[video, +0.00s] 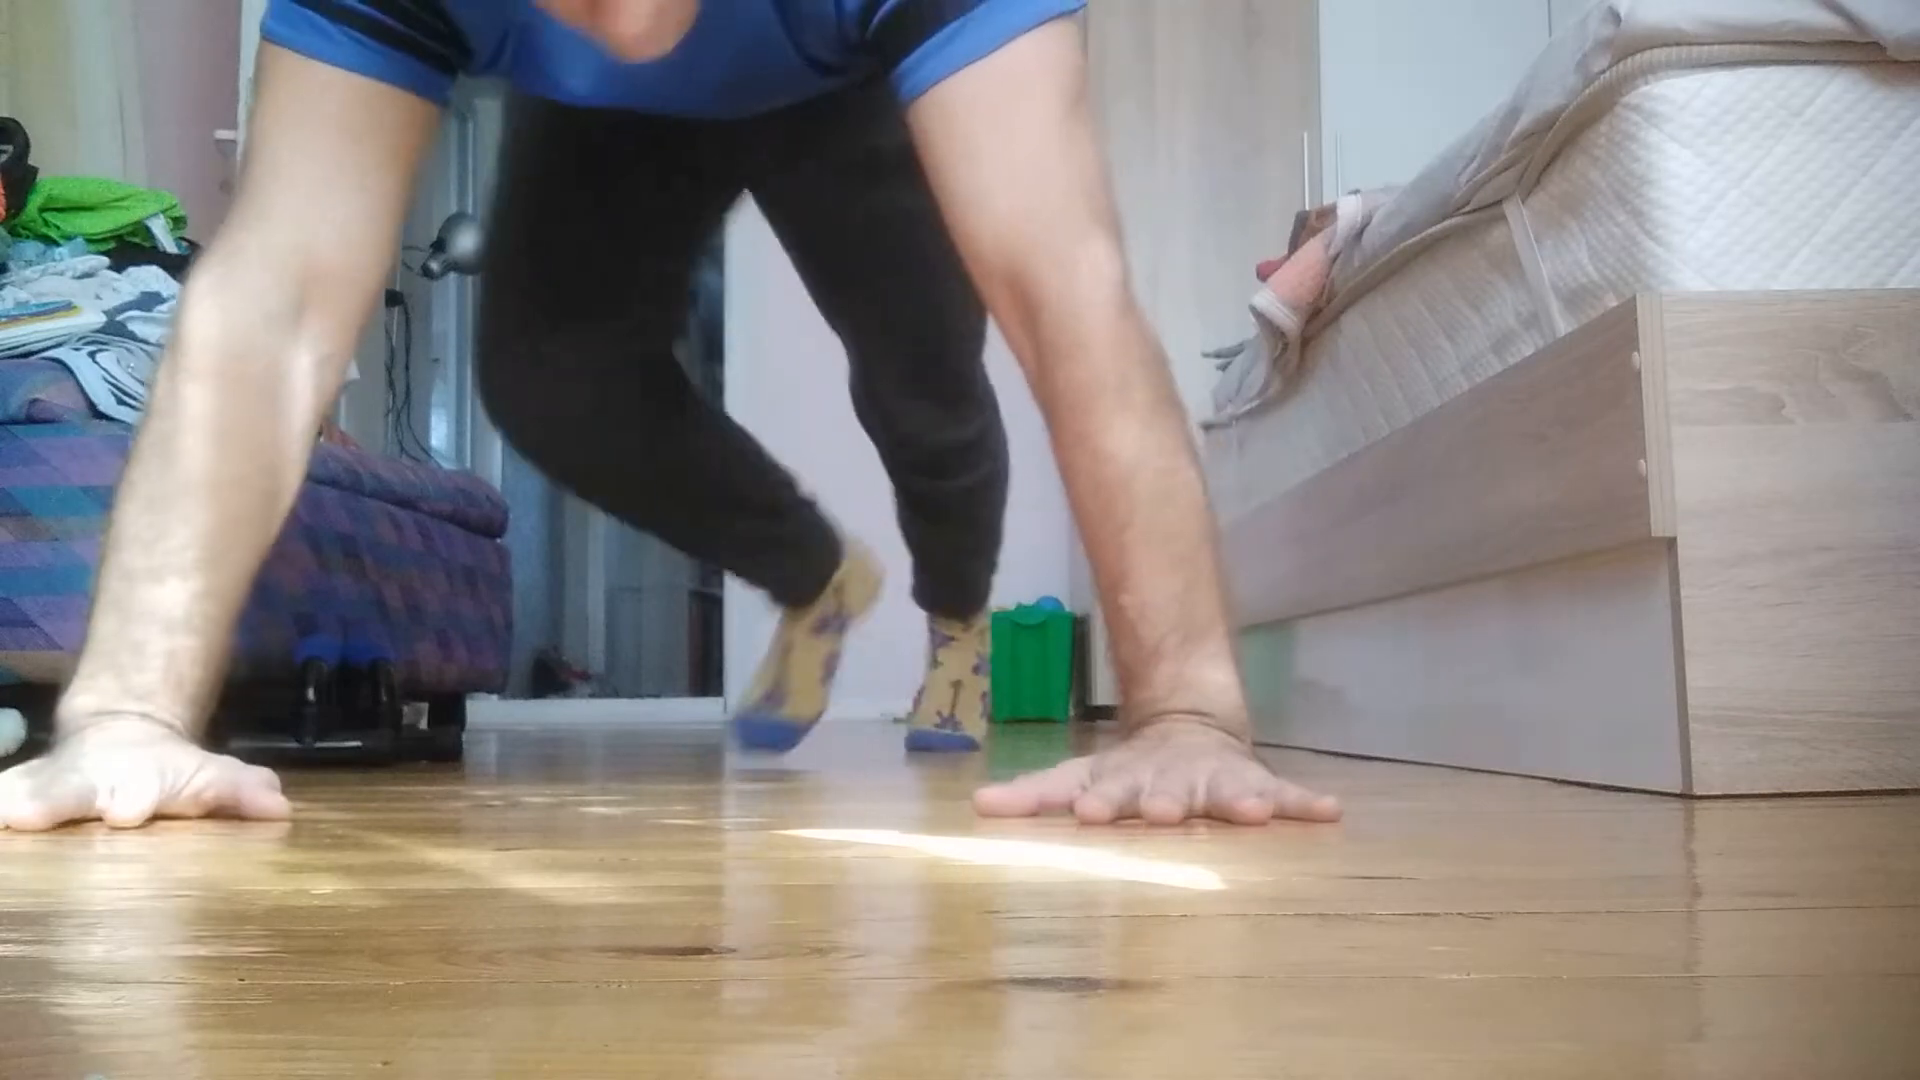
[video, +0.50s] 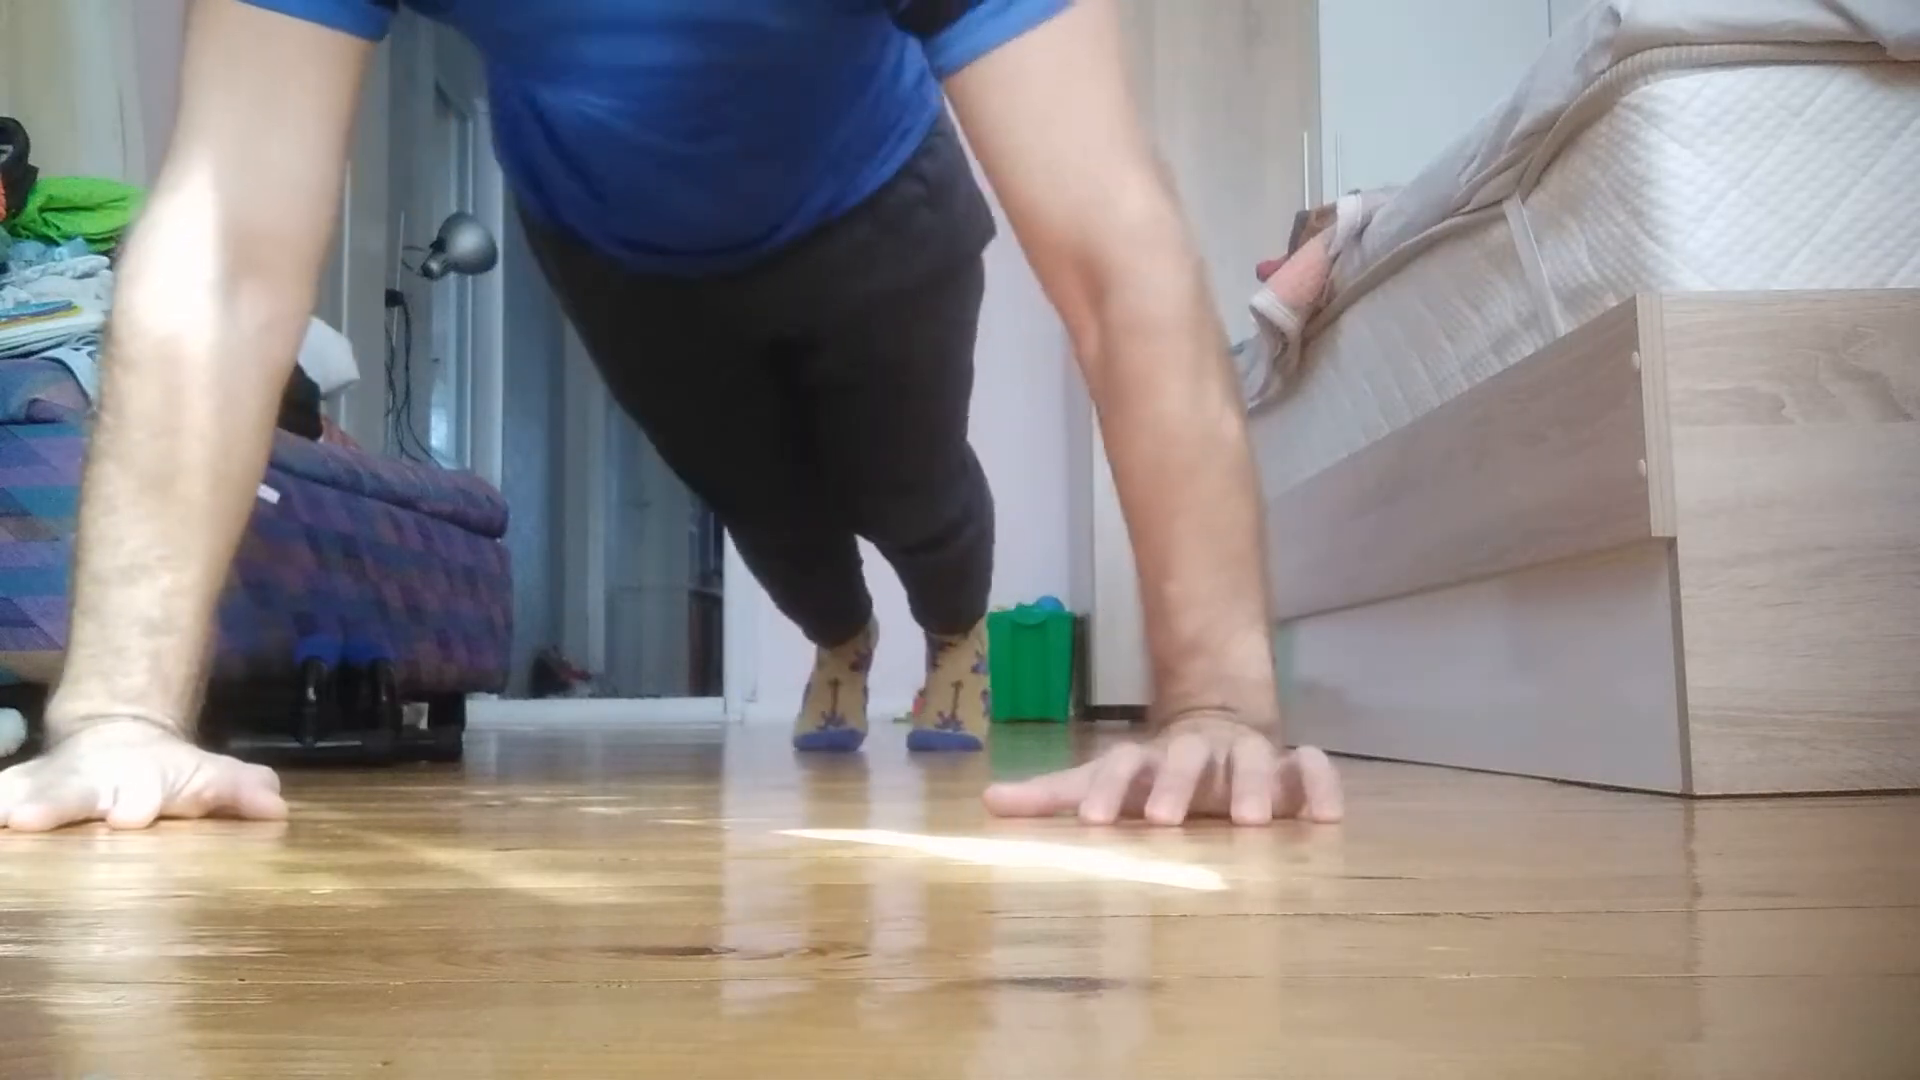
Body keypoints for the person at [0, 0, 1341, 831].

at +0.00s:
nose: (619, 26)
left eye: (650, 9)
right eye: (590, 21)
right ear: (530, 6)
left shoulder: (916, 6)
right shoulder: (386, 5)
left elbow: (1072, 300)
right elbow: (267, 307)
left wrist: (1191, 711)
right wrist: (129, 715)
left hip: (852, 58)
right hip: (601, 86)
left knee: (926, 377)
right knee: (557, 381)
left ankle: (952, 625)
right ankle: (822, 580)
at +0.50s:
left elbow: (1121, 252)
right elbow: (224, 246)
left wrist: (1219, 701)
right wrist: (123, 711)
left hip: (860, 196)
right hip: (612, 240)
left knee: (911, 501)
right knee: (763, 512)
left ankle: (953, 641)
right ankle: (846, 648)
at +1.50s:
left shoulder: (975, 6)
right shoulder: (309, 11)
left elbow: (1279, 290)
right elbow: (96, 309)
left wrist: (1231, 717)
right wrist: (117, 720)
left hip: (907, 362)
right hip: (655, 404)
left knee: (920, 555)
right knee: (793, 561)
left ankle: (926, 656)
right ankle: (841, 648)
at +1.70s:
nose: (525, 372)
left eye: (581, 242)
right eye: (437, 272)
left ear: (740, 92)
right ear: (320, 166)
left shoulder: (954, 202)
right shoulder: (242, 241)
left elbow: (1345, 373)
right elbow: (43, 408)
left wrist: (1234, 721)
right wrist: (114, 720)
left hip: (926, 586)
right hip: (660, 630)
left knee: (938, 636)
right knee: (781, 664)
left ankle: (930, 675)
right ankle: (830, 695)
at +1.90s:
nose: (505, 801)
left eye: (574, 680)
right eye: (401, 706)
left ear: (740, 491)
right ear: (281, 530)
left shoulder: (956, 431)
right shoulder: (231, 413)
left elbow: (1324, 379)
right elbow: (19, 377)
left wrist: (1229, 724)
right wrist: (114, 720)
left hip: (853, 729)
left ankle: (1285, 321)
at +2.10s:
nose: (499, 458)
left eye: (565, 366)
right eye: (420, 377)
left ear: (745, 225)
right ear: (322, 269)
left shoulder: (969, 256)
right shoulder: (246, 265)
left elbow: (1375, 365)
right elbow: (25, 403)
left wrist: (1240, 719)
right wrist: (113, 716)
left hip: (932, 570)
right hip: (685, 614)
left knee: (938, 639)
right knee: (793, 674)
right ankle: (828, 698)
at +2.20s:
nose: (512, 233)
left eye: (578, 135)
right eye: (440, 151)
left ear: (747, 28)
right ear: (356, 79)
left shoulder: (963, 96)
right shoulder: (281, 122)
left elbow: (1359, 351)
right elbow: (45, 382)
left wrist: (1237, 721)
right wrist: (121, 725)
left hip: (930, 497)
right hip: (722, 538)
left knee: (935, 612)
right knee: (828, 615)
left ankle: (932, 667)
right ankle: (851, 664)